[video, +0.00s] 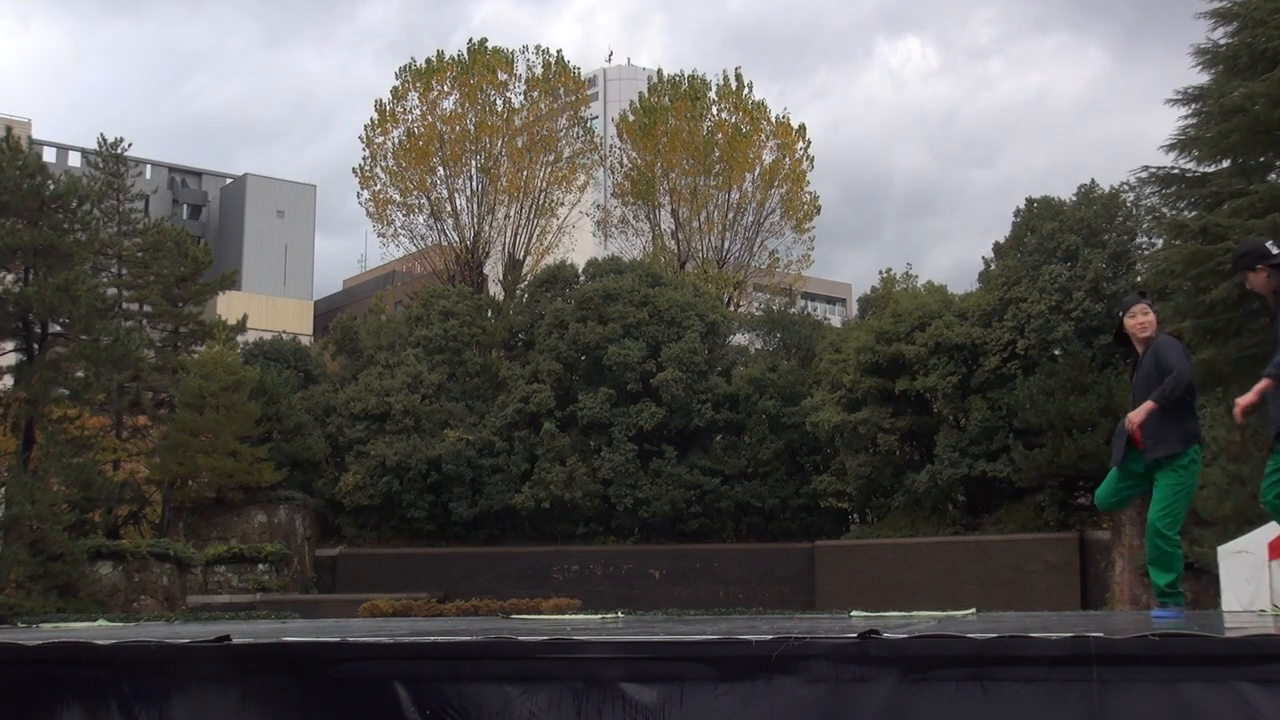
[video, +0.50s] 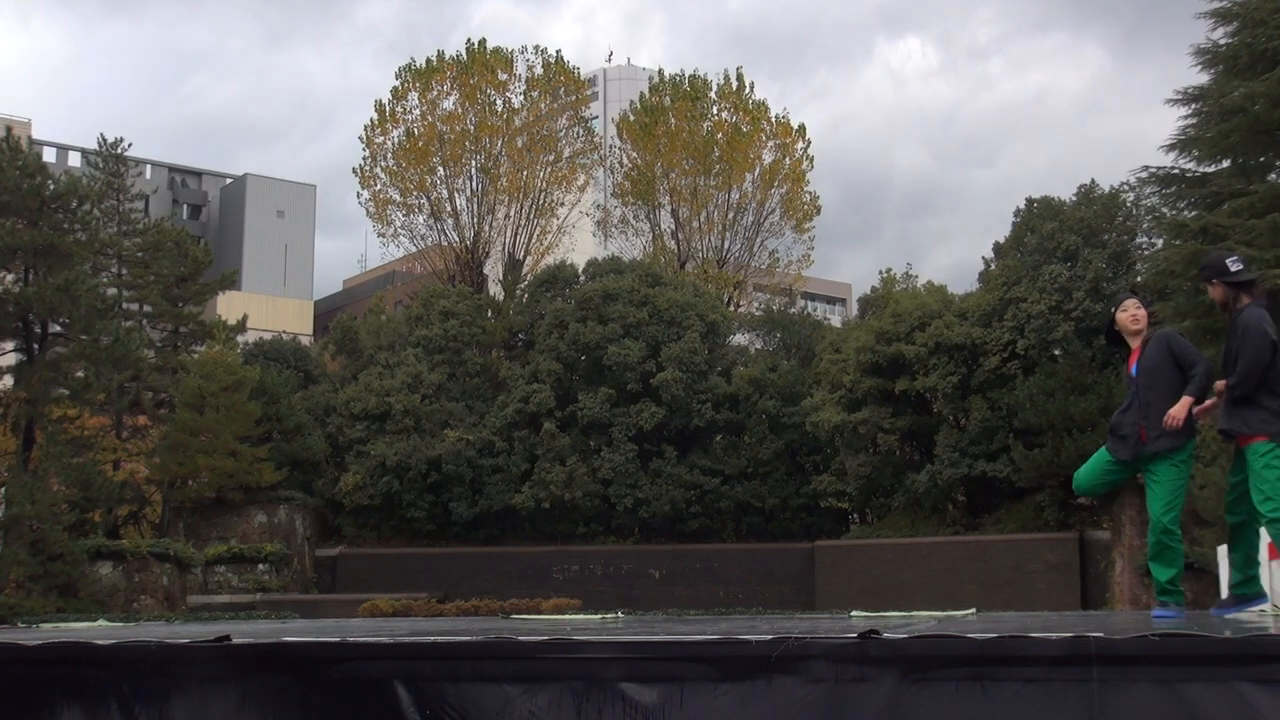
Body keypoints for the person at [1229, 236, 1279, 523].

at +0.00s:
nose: (1247, 285)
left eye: (1247, 276)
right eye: (1245, 278)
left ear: (1264, 272)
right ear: (1264, 272)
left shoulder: (1275, 308)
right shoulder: (1274, 308)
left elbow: (1276, 360)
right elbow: (1277, 360)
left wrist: (1257, 390)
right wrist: (1257, 390)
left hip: (1277, 428)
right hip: (1277, 428)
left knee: (1272, 495)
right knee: (1271, 495)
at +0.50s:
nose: (1209, 294)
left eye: (1210, 287)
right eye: (1208, 287)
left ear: (1223, 286)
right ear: (1233, 284)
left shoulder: (1253, 320)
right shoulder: (1243, 320)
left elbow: (1250, 379)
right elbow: (1242, 381)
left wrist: (1226, 387)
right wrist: (1214, 403)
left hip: (1264, 435)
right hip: (1247, 436)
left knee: (1271, 514)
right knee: (1240, 512)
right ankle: (1246, 589)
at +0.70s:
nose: (1188, 298)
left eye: (1190, 292)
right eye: (1188, 292)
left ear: (1202, 294)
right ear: (1217, 292)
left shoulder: (1222, 328)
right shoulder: (1220, 327)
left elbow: (1214, 382)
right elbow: (1215, 381)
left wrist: (1189, 401)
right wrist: (1190, 397)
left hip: (1237, 440)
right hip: (1225, 441)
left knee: (1246, 516)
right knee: (1223, 523)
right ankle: (1251, 597)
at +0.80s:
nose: (1176, 303)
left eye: (1177, 297)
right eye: (1176, 297)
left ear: (1187, 298)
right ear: (1207, 296)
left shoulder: (1201, 329)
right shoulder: (1221, 327)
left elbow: (1204, 382)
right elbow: (1217, 381)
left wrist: (1187, 408)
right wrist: (1193, 407)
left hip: (1218, 437)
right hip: (1237, 435)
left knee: (1208, 513)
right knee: (1230, 514)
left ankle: (1268, 557)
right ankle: (1250, 596)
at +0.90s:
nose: (1161, 309)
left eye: (1162, 303)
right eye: (1161, 303)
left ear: (1173, 303)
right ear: (1192, 303)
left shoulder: (1182, 333)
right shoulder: (1212, 334)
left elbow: (1192, 385)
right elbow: (1219, 385)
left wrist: (1187, 432)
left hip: (1209, 440)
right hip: (1232, 439)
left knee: (1180, 512)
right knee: (1231, 519)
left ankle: (1229, 572)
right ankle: (1255, 596)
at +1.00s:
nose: (1142, 313)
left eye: (1145, 308)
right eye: (1144, 307)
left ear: (1157, 310)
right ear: (1174, 310)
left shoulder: (1162, 338)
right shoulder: (1198, 339)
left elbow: (1181, 382)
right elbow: (1207, 384)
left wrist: (1190, 425)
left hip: (1189, 445)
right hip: (1218, 443)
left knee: (1165, 516)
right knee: (1226, 521)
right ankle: (1252, 594)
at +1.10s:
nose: (1125, 321)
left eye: (1128, 315)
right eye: (1126, 315)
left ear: (1140, 315)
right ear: (1153, 315)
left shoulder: (1145, 342)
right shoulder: (1178, 342)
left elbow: (1169, 381)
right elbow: (1187, 384)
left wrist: (1186, 419)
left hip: (1169, 440)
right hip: (1197, 437)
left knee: (1154, 521)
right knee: (1214, 518)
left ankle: (1145, 594)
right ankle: (1245, 591)